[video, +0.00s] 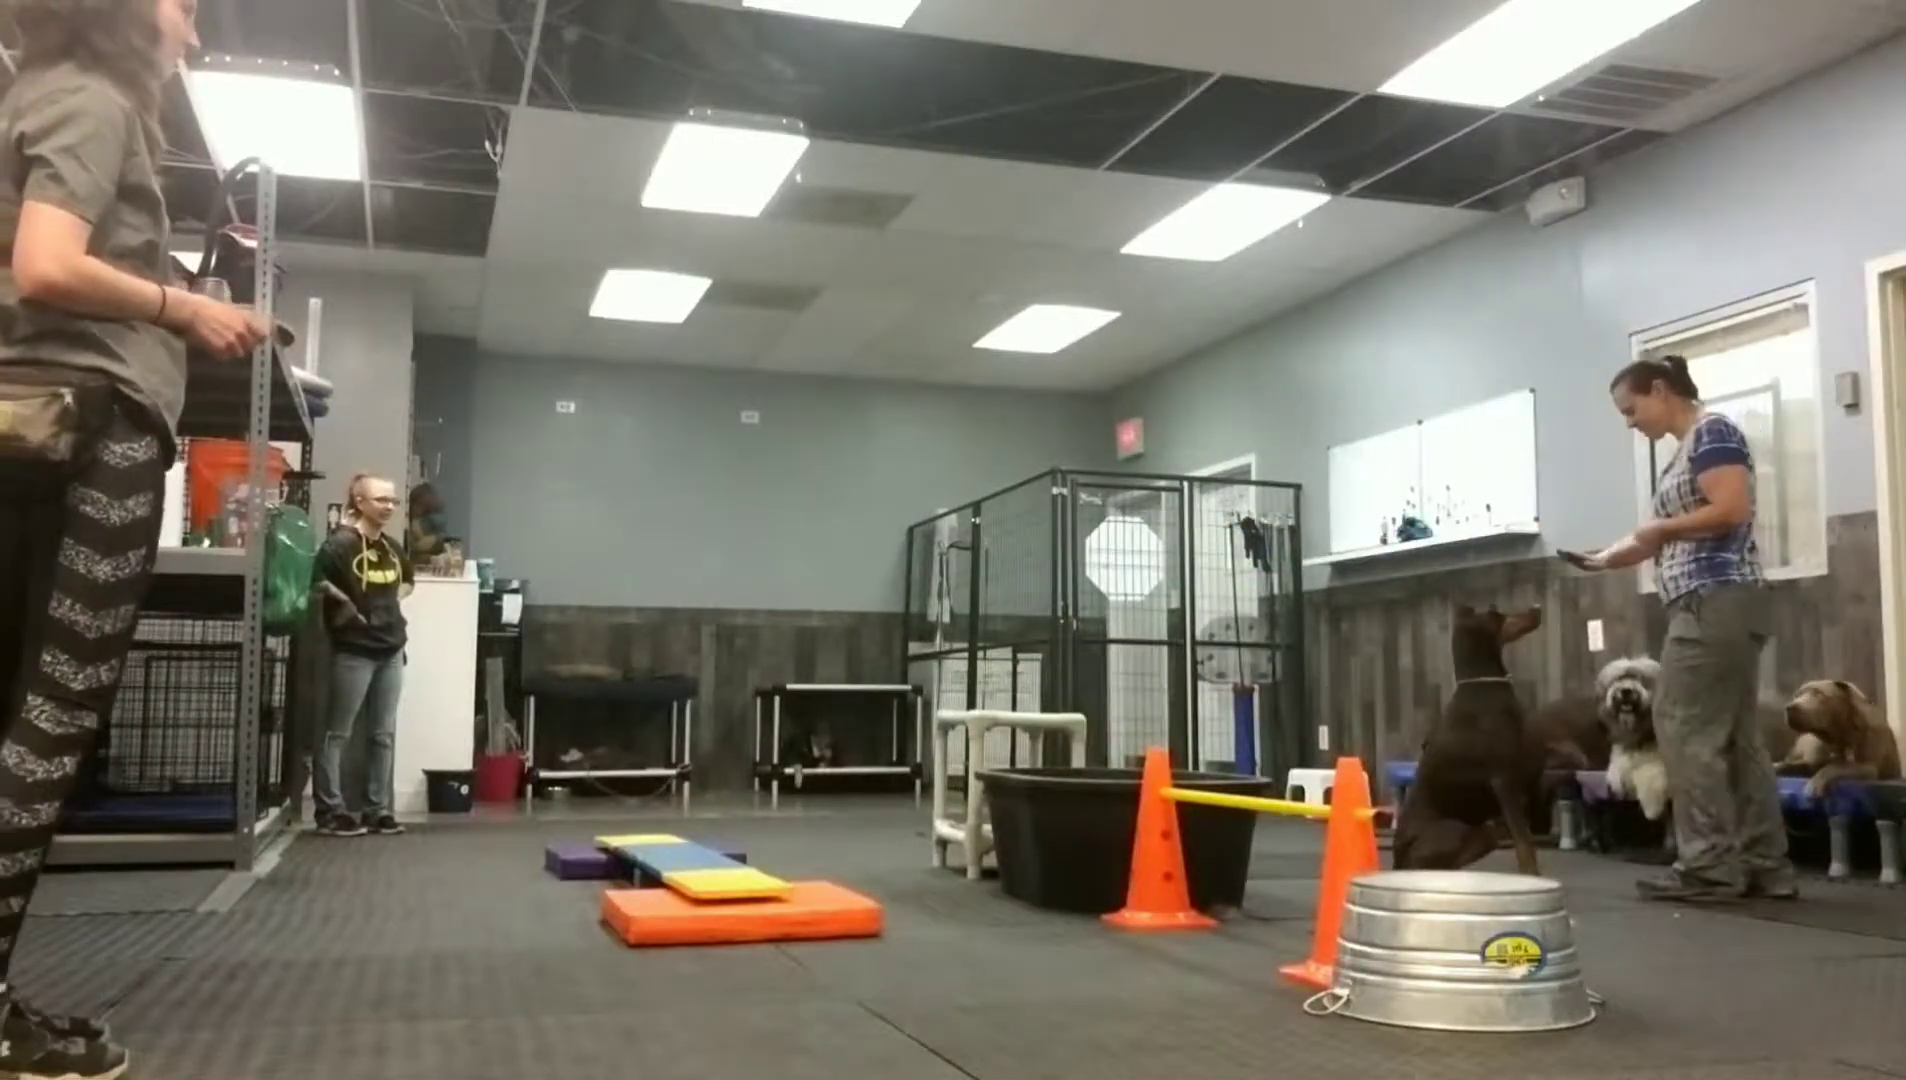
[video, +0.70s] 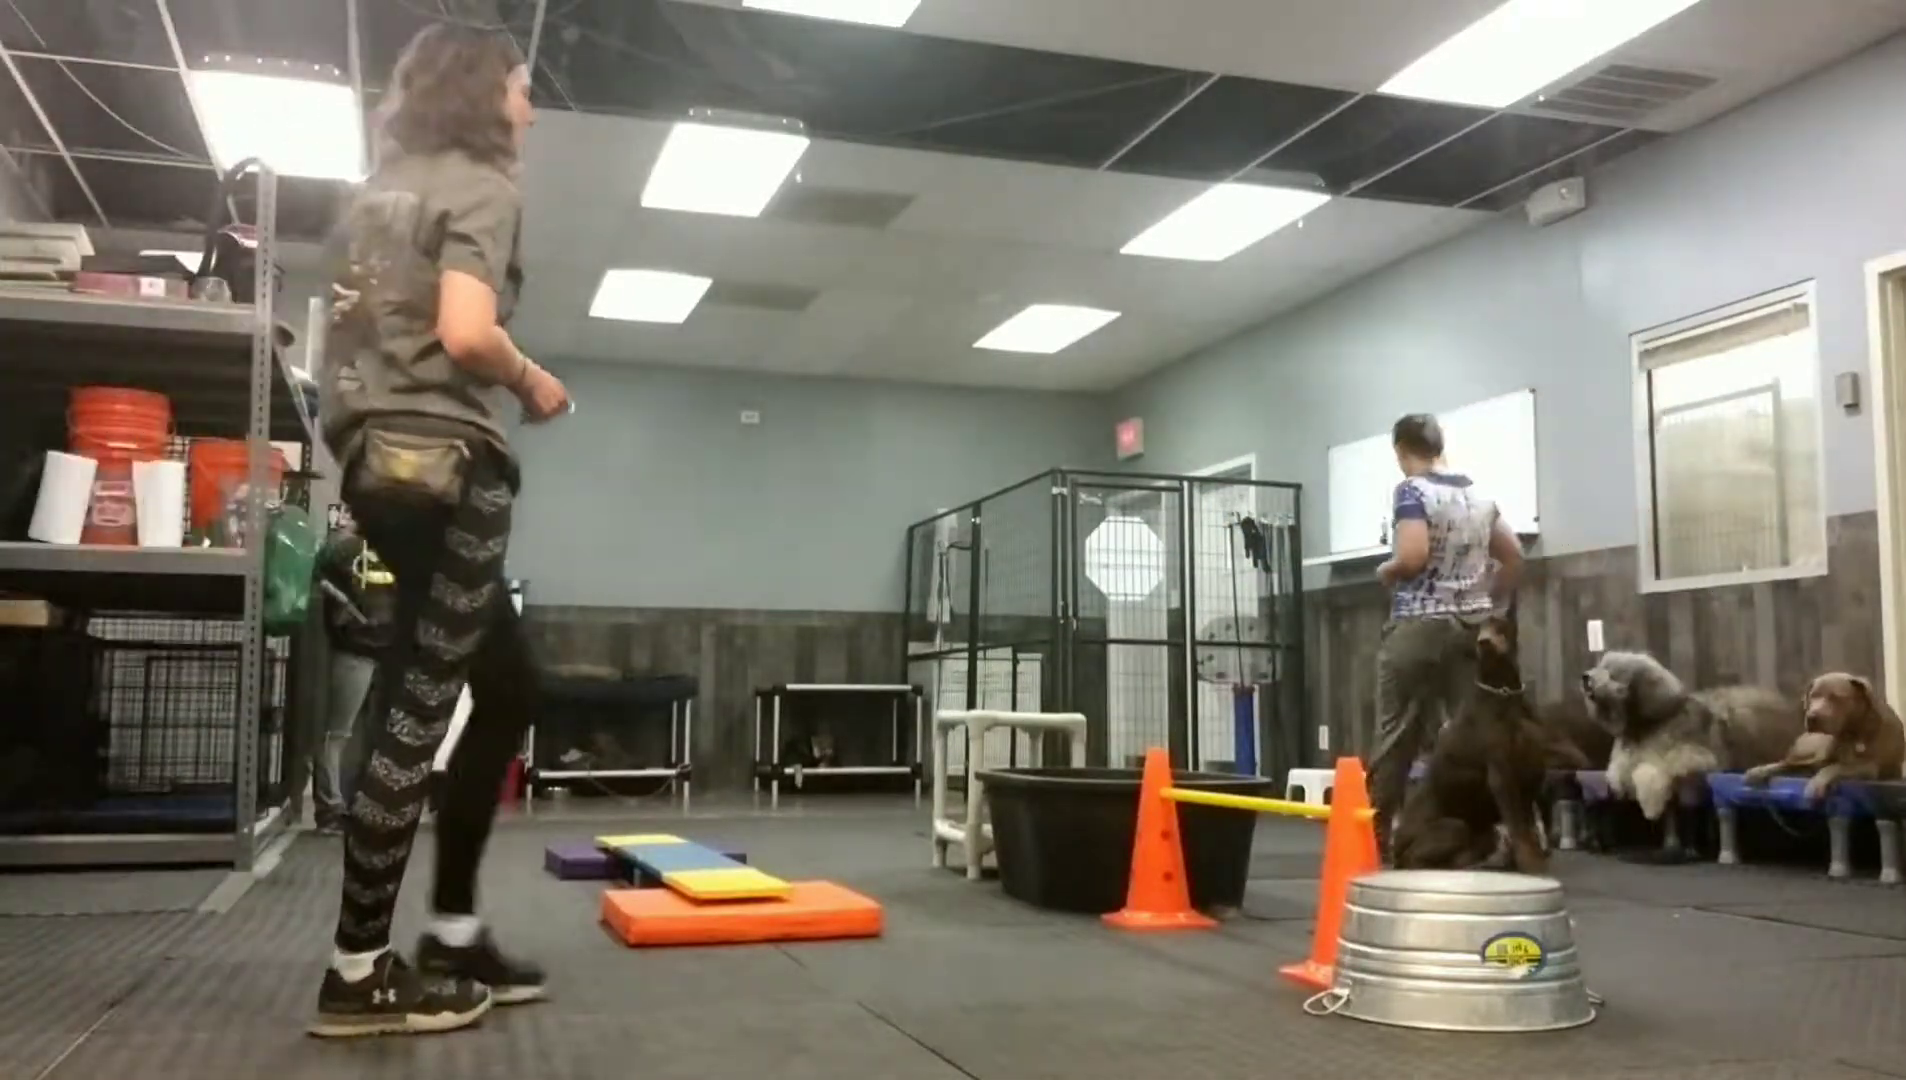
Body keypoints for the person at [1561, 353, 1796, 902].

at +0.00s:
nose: (1633, 426)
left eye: (1632, 412)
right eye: (1628, 417)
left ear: (1659, 391)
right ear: (1658, 397)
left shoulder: (1711, 431)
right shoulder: (1686, 452)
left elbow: (1733, 509)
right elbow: (1662, 537)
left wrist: (1661, 528)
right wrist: (1604, 559)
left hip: (1714, 604)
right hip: (1723, 604)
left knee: (1682, 725)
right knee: (1736, 736)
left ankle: (1708, 863)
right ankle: (1767, 865)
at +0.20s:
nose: (1568, 430)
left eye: (1566, 417)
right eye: (1564, 420)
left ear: (1585, 408)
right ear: (1606, 405)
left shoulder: (1632, 449)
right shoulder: (1647, 451)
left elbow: (1657, 522)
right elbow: (1665, 527)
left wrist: (1595, 537)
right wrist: (1605, 539)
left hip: (1639, 605)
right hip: (1665, 603)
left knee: (1622, 736)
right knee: (1656, 732)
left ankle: (1646, 860)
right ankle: (1722, 831)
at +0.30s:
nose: (1537, 429)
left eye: (1535, 418)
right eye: (1535, 419)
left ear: (1552, 409)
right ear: (1582, 406)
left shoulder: (1579, 452)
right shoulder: (1623, 452)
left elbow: (1596, 526)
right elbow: (1664, 521)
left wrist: (1546, 539)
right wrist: (1626, 553)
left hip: (1598, 604)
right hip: (1637, 599)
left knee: (1607, 728)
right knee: (1601, 725)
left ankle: (1646, 860)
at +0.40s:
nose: (1499, 434)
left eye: (1502, 422)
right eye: (1498, 424)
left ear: (1529, 414)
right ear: (1545, 416)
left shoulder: (1534, 465)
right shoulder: (1590, 467)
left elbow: (1544, 538)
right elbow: (1634, 534)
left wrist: (1510, 552)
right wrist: (1602, 575)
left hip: (1559, 616)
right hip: (1604, 610)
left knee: (1589, 734)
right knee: (1556, 734)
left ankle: (1644, 859)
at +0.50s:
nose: (1467, 439)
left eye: (1470, 428)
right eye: (1466, 430)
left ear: (1497, 422)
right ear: (1512, 424)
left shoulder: (1494, 470)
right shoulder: (1553, 471)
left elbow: (1502, 538)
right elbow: (1594, 538)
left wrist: (1470, 557)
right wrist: (1564, 581)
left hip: (1520, 620)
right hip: (1566, 618)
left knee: (1506, 726)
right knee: (1553, 721)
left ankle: (1582, 804)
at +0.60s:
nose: (1436, 449)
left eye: (1435, 439)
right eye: (1434, 440)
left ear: (1446, 431)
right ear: (1480, 432)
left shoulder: (1459, 473)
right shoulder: (1517, 480)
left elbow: (1465, 542)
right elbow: (1555, 540)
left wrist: (1433, 557)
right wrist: (1532, 588)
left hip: (1469, 613)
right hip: (1524, 610)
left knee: (1434, 721)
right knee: (1520, 719)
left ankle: (1443, 812)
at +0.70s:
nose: (1399, 461)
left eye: (1398, 454)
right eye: (1399, 454)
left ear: (1404, 452)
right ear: (1438, 450)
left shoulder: (1411, 491)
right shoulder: (1475, 496)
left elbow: (1413, 556)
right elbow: (1512, 557)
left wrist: (1389, 571)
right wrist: (1492, 602)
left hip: (1418, 628)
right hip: (1471, 625)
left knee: (1394, 734)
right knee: (1474, 731)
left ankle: (1377, 834)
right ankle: (1485, 831)